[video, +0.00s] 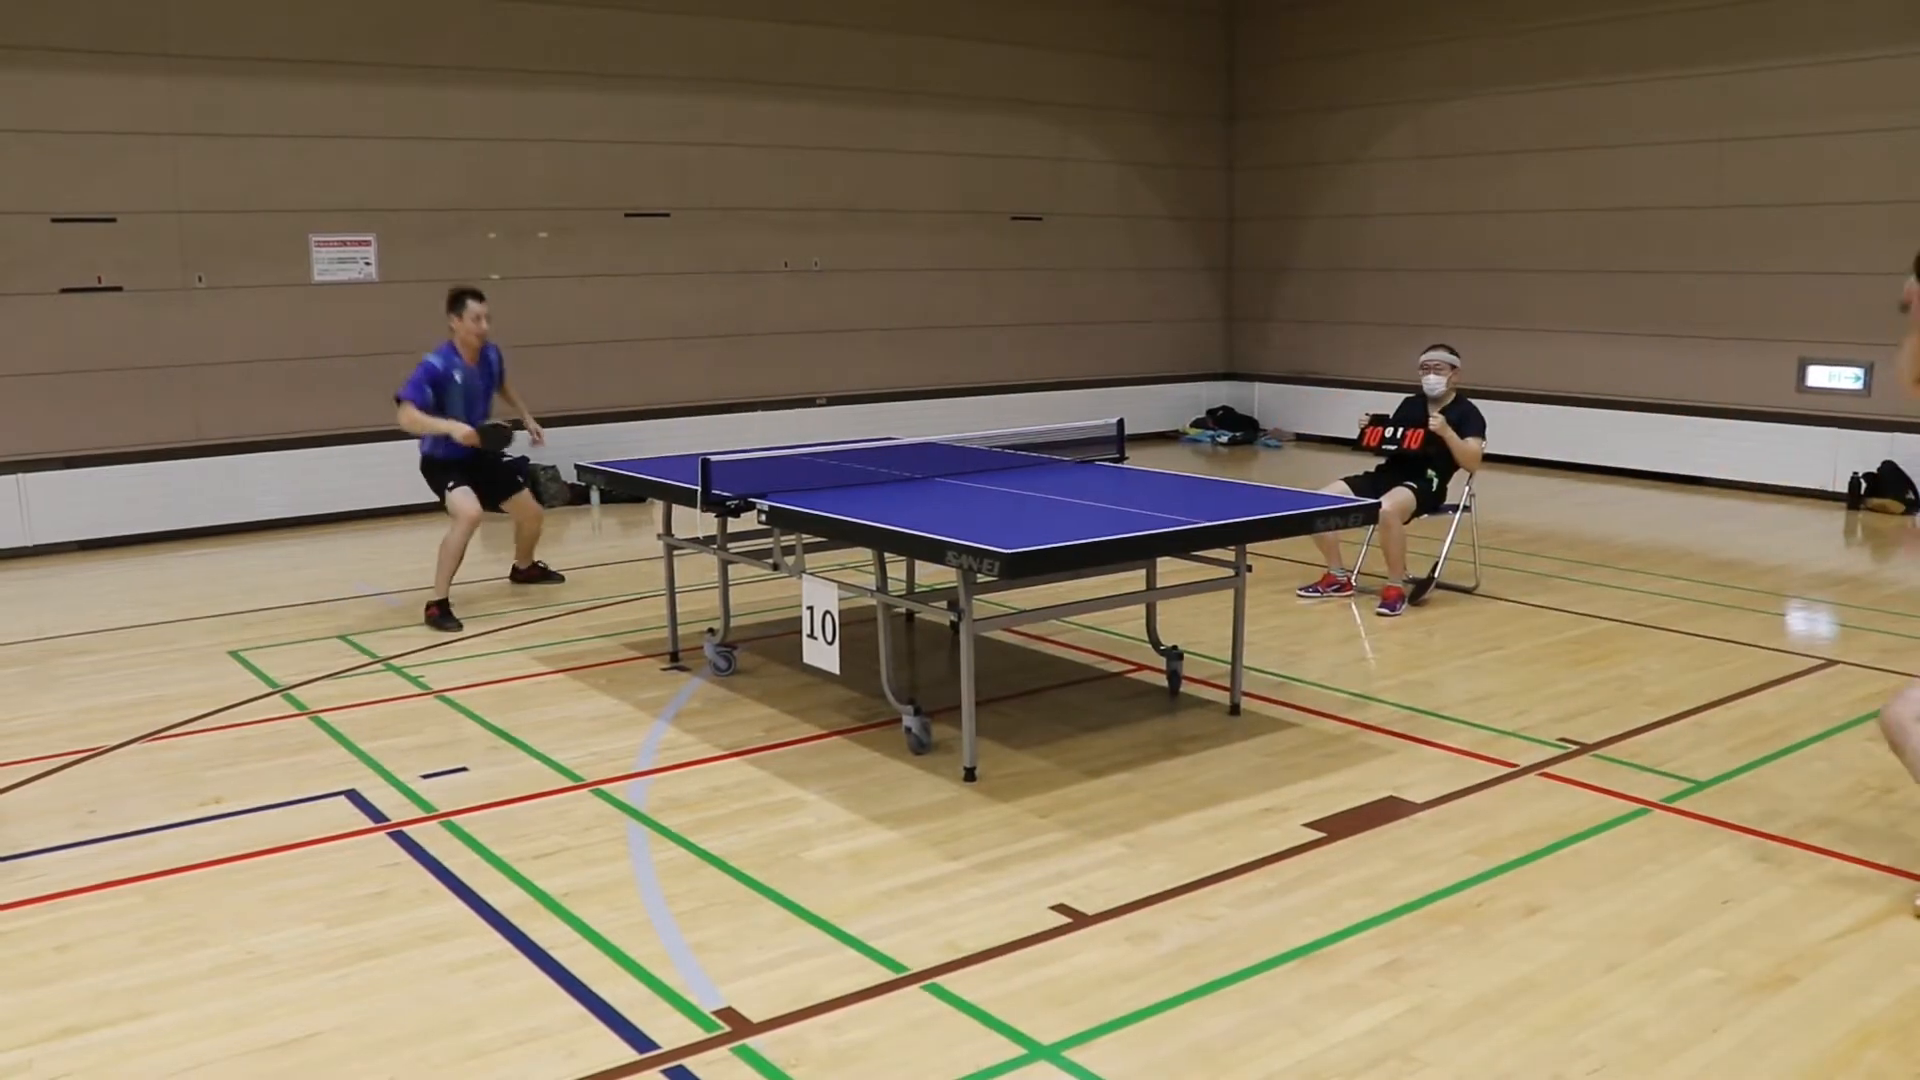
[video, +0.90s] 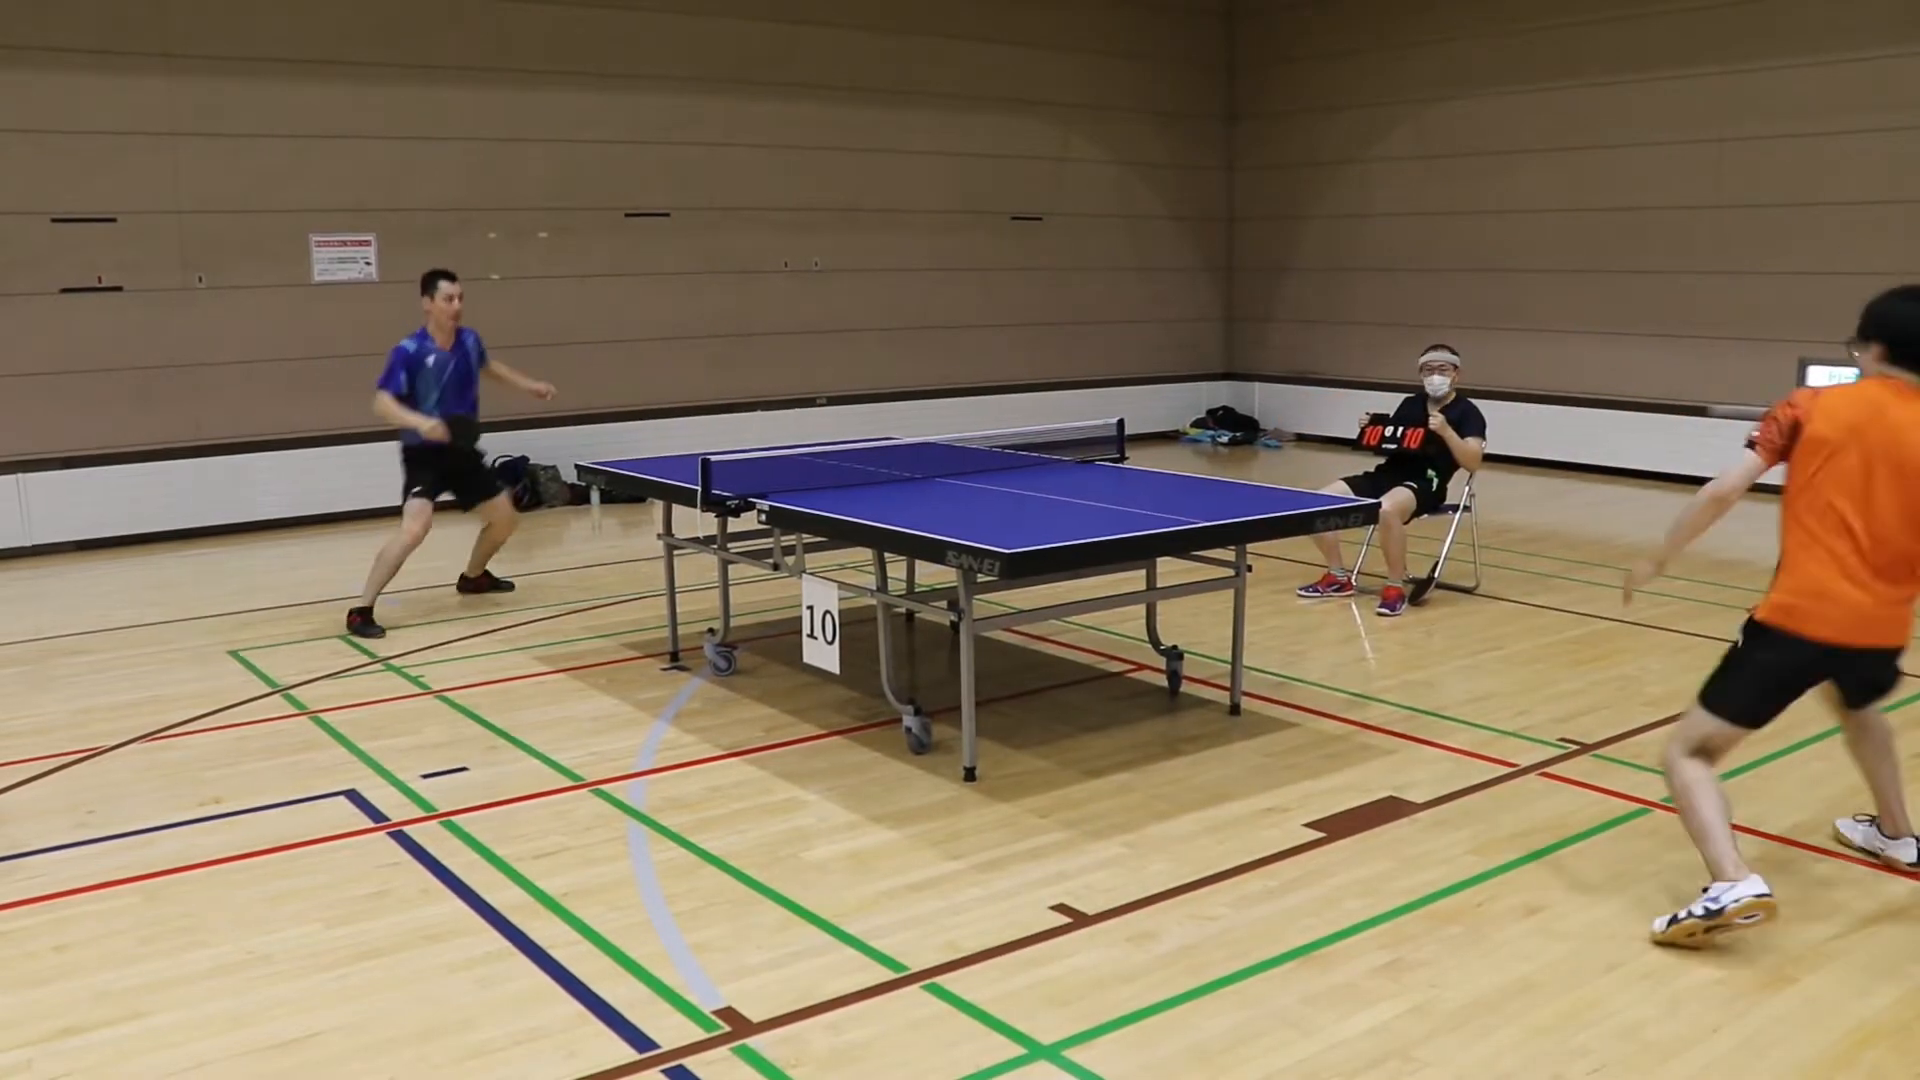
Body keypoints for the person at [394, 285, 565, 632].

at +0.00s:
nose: (484, 326)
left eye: (487, 318)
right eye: (476, 319)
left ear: (488, 320)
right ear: (454, 323)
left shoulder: (490, 355)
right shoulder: (436, 365)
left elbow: (503, 388)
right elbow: (406, 416)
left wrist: (526, 417)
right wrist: (451, 427)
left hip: (480, 454)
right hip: (441, 459)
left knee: (531, 514)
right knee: (469, 513)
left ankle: (524, 568)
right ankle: (438, 604)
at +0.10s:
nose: (490, 346)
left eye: (493, 338)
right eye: (482, 339)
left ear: (495, 339)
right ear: (461, 342)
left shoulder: (498, 372)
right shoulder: (442, 385)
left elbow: (514, 398)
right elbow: (416, 438)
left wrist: (539, 429)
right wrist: (448, 441)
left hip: (486, 469)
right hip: (446, 473)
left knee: (543, 519)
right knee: (467, 514)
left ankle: (525, 568)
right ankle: (438, 603)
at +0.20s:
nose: (476, 355)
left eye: (479, 347)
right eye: (467, 348)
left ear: (484, 348)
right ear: (449, 352)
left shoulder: (493, 377)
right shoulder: (435, 392)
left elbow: (514, 397)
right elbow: (401, 438)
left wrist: (541, 416)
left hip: (485, 474)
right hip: (443, 477)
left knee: (542, 525)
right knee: (462, 516)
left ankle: (525, 568)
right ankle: (437, 603)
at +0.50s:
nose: (447, 329)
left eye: (450, 322)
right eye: (439, 322)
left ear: (454, 324)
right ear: (418, 326)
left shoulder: (464, 355)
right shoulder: (398, 370)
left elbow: (488, 366)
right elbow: (360, 412)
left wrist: (528, 378)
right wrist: (347, 411)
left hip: (463, 451)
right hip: (421, 460)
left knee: (517, 516)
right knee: (442, 519)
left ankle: (494, 557)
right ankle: (435, 604)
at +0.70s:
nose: (446, 302)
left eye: (450, 295)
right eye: (438, 295)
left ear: (452, 298)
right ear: (417, 297)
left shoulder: (462, 336)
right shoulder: (392, 344)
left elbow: (485, 369)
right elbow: (355, 391)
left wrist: (518, 390)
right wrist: (363, 420)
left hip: (453, 440)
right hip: (410, 444)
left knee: (497, 515)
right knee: (413, 516)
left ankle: (476, 563)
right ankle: (379, 597)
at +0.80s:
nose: (449, 311)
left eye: (452, 304)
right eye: (441, 304)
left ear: (455, 307)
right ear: (419, 307)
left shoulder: (461, 349)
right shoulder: (395, 356)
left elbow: (484, 385)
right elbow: (366, 410)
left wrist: (522, 403)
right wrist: (393, 434)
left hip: (450, 452)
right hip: (408, 453)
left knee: (495, 528)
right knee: (408, 530)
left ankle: (472, 577)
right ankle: (360, 611)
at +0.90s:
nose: (457, 305)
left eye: (460, 298)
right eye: (449, 299)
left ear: (462, 302)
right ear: (428, 303)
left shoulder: (469, 341)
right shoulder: (408, 351)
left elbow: (488, 367)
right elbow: (382, 403)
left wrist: (529, 385)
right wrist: (421, 422)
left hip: (464, 449)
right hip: (423, 453)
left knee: (504, 519)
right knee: (415, 529)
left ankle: (474, 576)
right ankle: (362, 610)